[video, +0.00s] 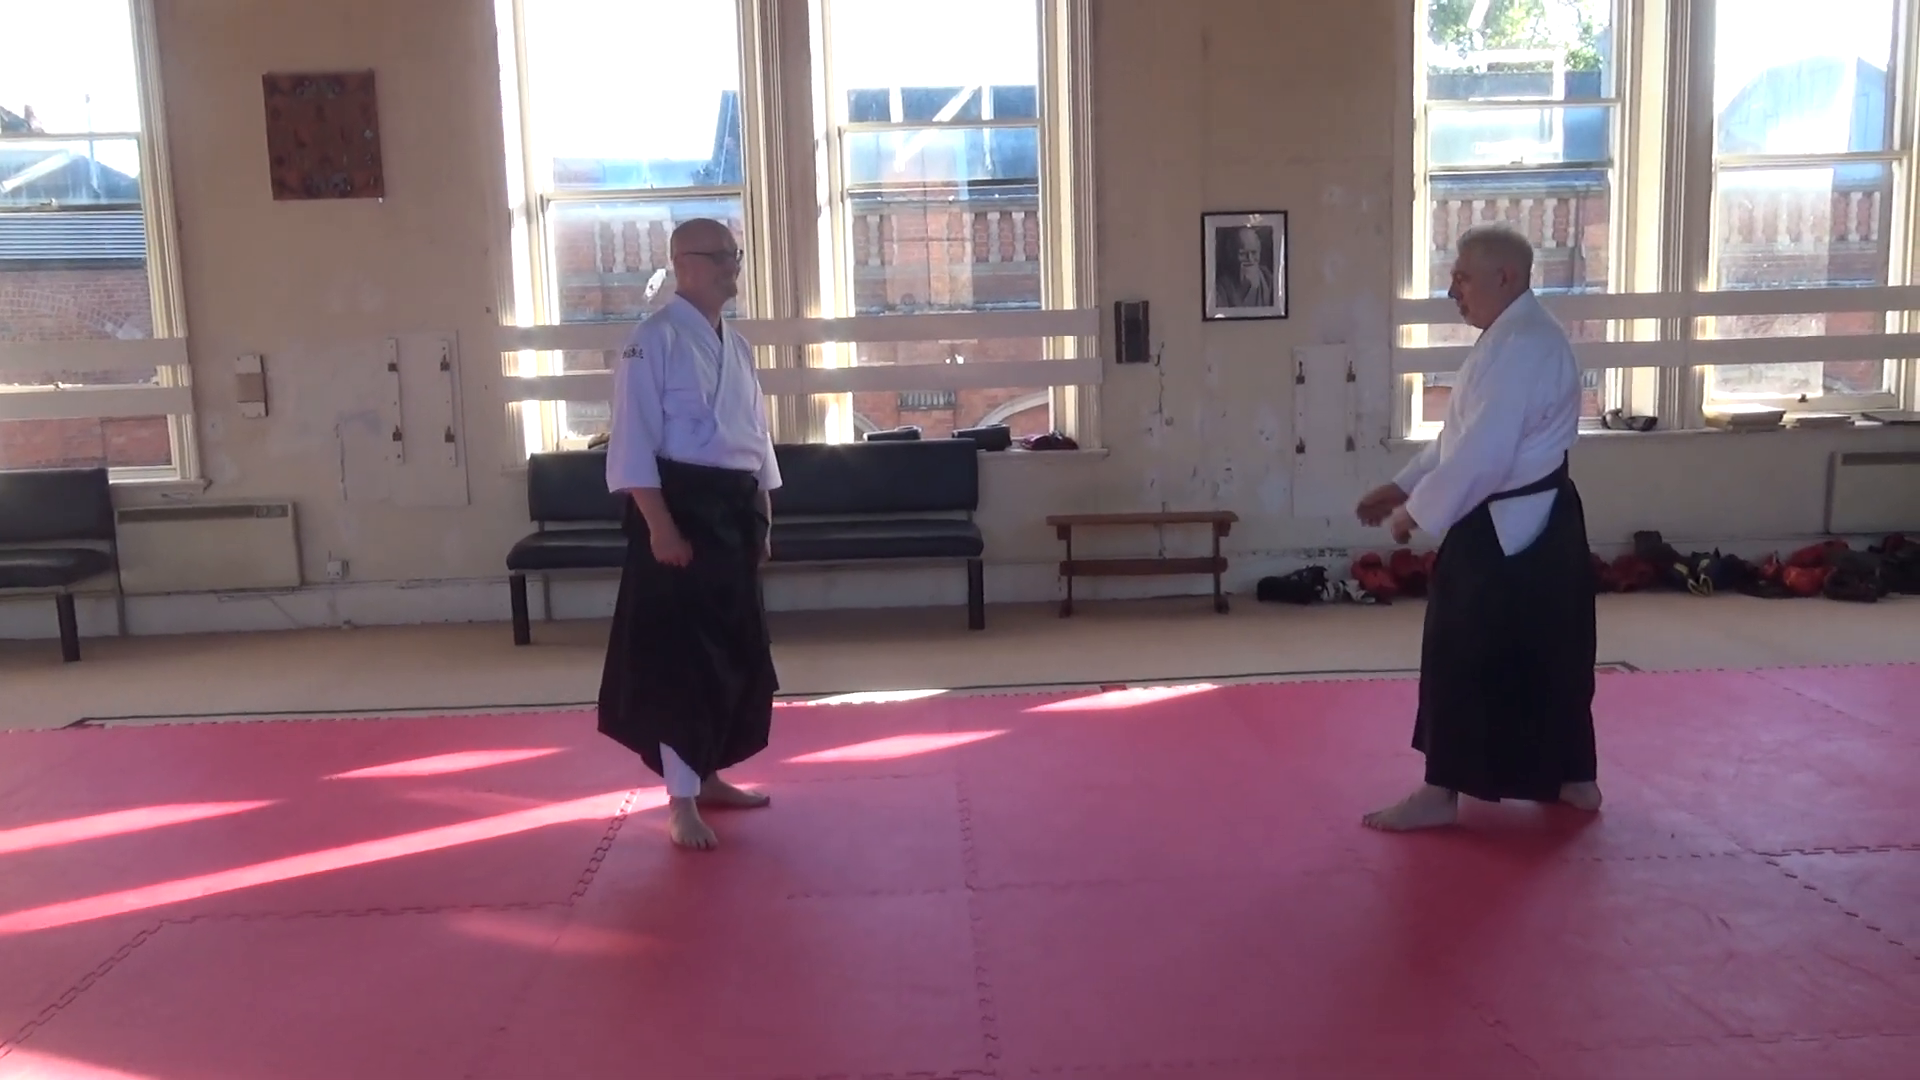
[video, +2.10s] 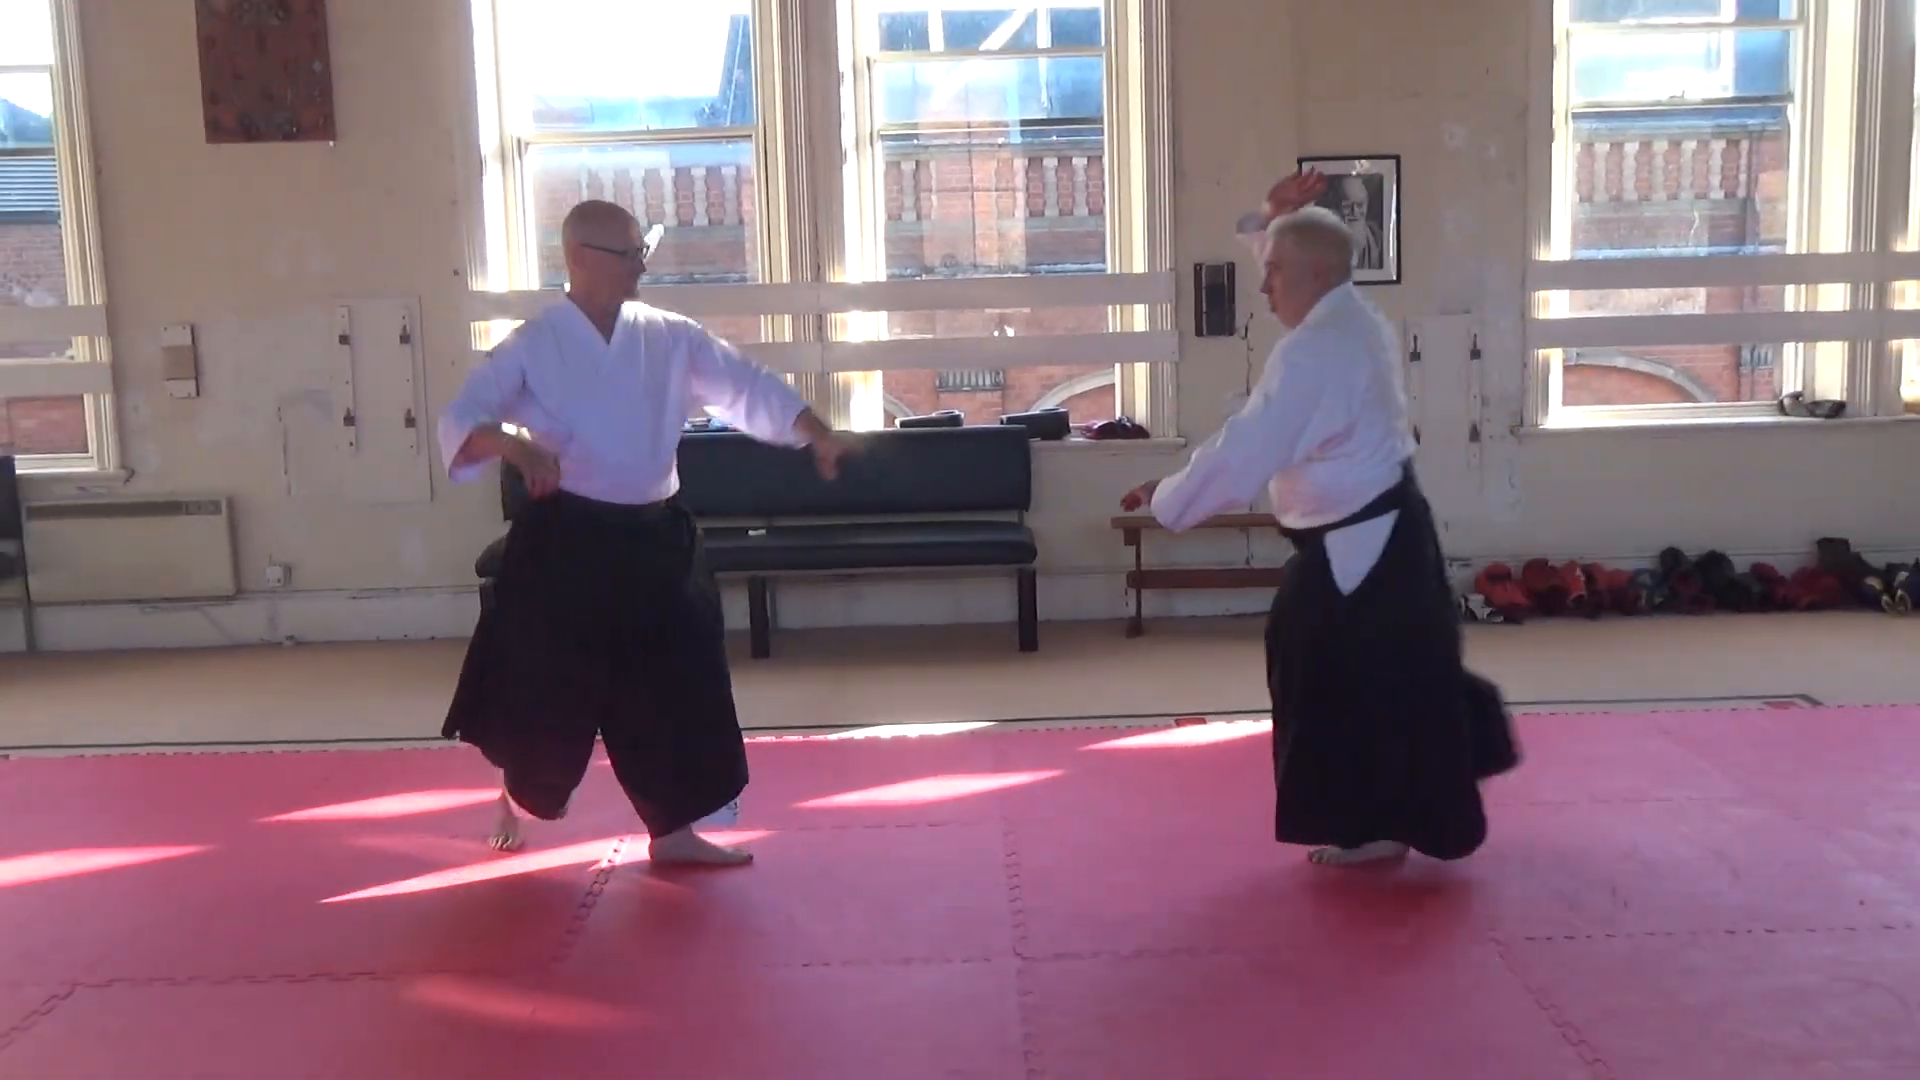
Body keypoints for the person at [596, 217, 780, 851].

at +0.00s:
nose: (735, 266)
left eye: (736, 255)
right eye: (721, 256)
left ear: (729, 265)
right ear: (682, 263)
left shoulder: (734, 341)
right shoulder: (653, 336)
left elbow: (754, 431)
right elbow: (632, 438)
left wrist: (763, 513)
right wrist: (659, 523)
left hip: (733, 502)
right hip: (676, 504)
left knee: (726, 642)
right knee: (679, 647)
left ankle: (706, 775)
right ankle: (682, 800)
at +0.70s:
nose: (722, 270)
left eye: (728, 260)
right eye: (709, 257)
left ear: (731, 268)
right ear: (671, 256)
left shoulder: (732, 353)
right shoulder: (615, 331)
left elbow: (750, 440)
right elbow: (567, 424)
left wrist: (731, 514)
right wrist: (605, 497)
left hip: (689, 518)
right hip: (610, 511)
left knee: (683, 661)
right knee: (602, 658)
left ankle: (675, 807)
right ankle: (562, 787)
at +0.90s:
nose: (661, 220)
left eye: (665, 208)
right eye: (647, 205)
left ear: (658, 218)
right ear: (597, 208)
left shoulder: (666, 316)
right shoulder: (527, 296)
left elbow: (690, 421)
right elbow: (477, 419)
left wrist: (662, 511)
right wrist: (528, 510)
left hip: (619, 519)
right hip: (521, 512)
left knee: (628, 686)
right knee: (498, 683)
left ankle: (625, 856)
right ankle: (442, 824)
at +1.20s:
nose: (548, 206)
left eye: (555, 195)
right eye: (529, 191)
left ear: (561, 207)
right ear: (480, 197)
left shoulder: (569, 306)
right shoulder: (424, 300)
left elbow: (604, 423)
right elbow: (390, 433)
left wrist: (603, 520)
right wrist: (460, 524)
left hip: (549, 527)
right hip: (441, 526)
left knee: (599, 690)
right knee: (438, 696)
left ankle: (618, 865)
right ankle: (417, 851)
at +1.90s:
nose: (543, 225)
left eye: (552, 215)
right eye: (525, 210)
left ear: (561, 223)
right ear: (481, 212)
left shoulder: (582, 310)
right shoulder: (437, 318)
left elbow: (634, 419)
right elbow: (411, 451)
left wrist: (662, 525)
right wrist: (456, 559)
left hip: (580, 522)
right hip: (478, 524)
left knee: (614, 680)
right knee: (471, 683)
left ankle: (629, 848)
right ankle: (464, 839)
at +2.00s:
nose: (604, 255)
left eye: (602, 242)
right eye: (580, 240)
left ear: (600, 253)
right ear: (544, 248)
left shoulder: (634, 336)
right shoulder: (504, 341)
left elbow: (697, 415)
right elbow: (457, 445)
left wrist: (745, 498)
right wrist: (503, 536)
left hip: (625, 536)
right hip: (534, 537)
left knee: (656, 683)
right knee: (522, 683)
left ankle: (664, 837)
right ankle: (510, 812)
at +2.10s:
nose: (640, 266)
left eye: (641, 254)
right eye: (627, 254)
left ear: (633, 259)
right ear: (581, 257)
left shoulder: (668, 337)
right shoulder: (534, 343)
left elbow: (747, 383)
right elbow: (456, 428)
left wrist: (817, 432)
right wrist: (512, 446)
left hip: (653, 531)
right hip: (566, 531)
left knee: (669, 680)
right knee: (554, 680)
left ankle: (673, 832)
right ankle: (516, 797)